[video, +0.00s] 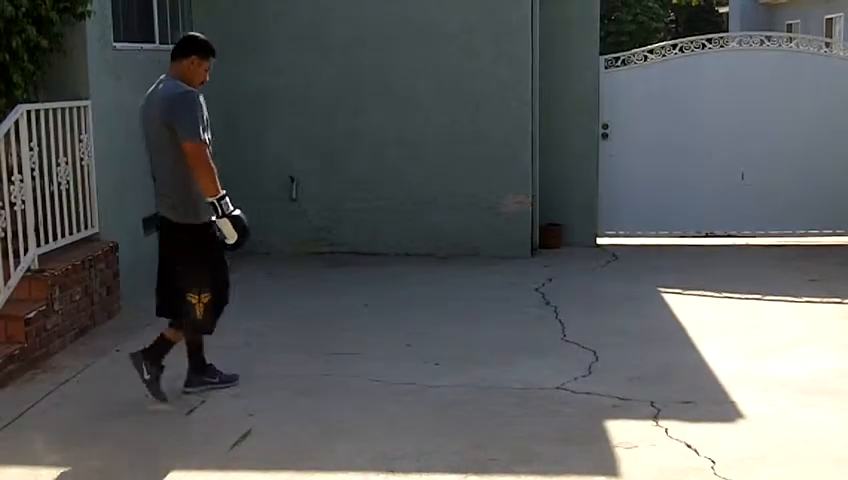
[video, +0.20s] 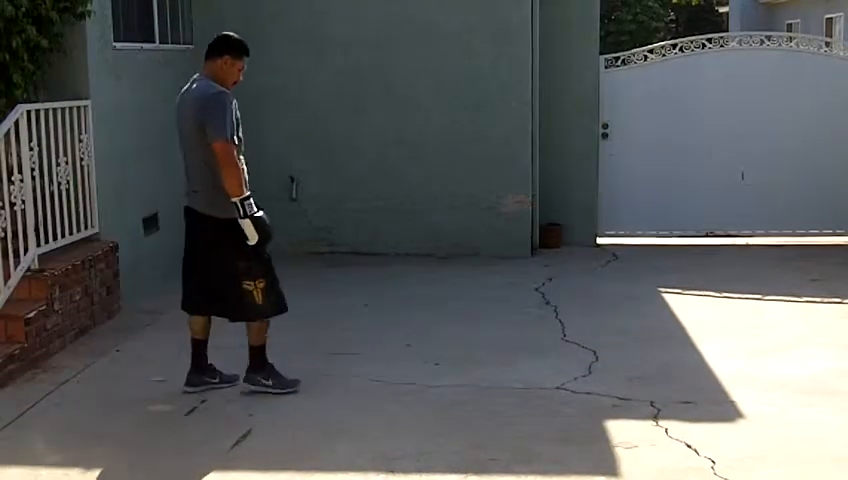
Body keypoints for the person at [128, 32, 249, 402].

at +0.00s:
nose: (208, 75)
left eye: (208, 68)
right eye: (206, 67)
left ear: (178, 62)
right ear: (190, 62)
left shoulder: (158, 95)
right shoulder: (186, 99)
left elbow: (165, 160)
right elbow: (198, 158)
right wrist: (224, 209)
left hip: (173, 215)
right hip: (192, 218)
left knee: (190, 290)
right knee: (211, 292)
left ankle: (198, 368)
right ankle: (152, 357)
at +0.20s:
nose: (241, 76)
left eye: (242, 69)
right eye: (240, 68)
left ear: (217, 61)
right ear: (223, 61)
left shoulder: (192, 92)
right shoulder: (218, 97)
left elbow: (200, 154)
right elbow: (224, 154)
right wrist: (249, 210)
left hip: (199, 214)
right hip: (228, 215)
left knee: (201, 291)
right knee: (260, 290)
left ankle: (199, 369)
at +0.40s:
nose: (280, 80)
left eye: (282, 72)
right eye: (278, 71)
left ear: (255, 66)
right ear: (263, 65)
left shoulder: (233, 95)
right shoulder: (257, 103)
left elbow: (252, 154)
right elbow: (263, 158)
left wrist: (282, 184)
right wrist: (280, 215)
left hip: (236, 216)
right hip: (261, 219)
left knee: (225, 291)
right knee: (286, 292)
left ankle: (203, 364)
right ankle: (309, 362)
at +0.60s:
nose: (319, 76)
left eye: (321, 69)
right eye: (319, 68)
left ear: (295, 60)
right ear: (303, 61)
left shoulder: (267, 91)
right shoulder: (298, 100)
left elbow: (274, 154)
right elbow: (310, 162)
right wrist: (327, 214)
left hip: (276, 209)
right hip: (300, 212)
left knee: (283, 280)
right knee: (308, 286)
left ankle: (254, 332)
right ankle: (309, 362)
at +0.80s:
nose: (348, 74)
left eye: (350, 67)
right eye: (347, 66)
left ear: (325, 60)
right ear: (331, 60)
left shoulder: (297, 91)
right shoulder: (330, 98)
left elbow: (303, 154)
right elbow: (348, 157)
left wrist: (301, 201)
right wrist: (373, 200)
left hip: (314, 204)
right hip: (327, 208)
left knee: (340, 275)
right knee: (323, 281)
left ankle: (337, 344)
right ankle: (311, 362)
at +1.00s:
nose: (377, 73)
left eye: (378, 66)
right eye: (374, 65)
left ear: (351, 62)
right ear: (357, 62)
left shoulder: (327, 96)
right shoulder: (358, 100)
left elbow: (323, 157)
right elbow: (377, 158)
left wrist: (326, 196)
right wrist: (406, 199)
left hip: (345, 204)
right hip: (358, 208)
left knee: (372, 274)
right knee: (345, 282)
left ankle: (386, 341)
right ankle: (315, 358)